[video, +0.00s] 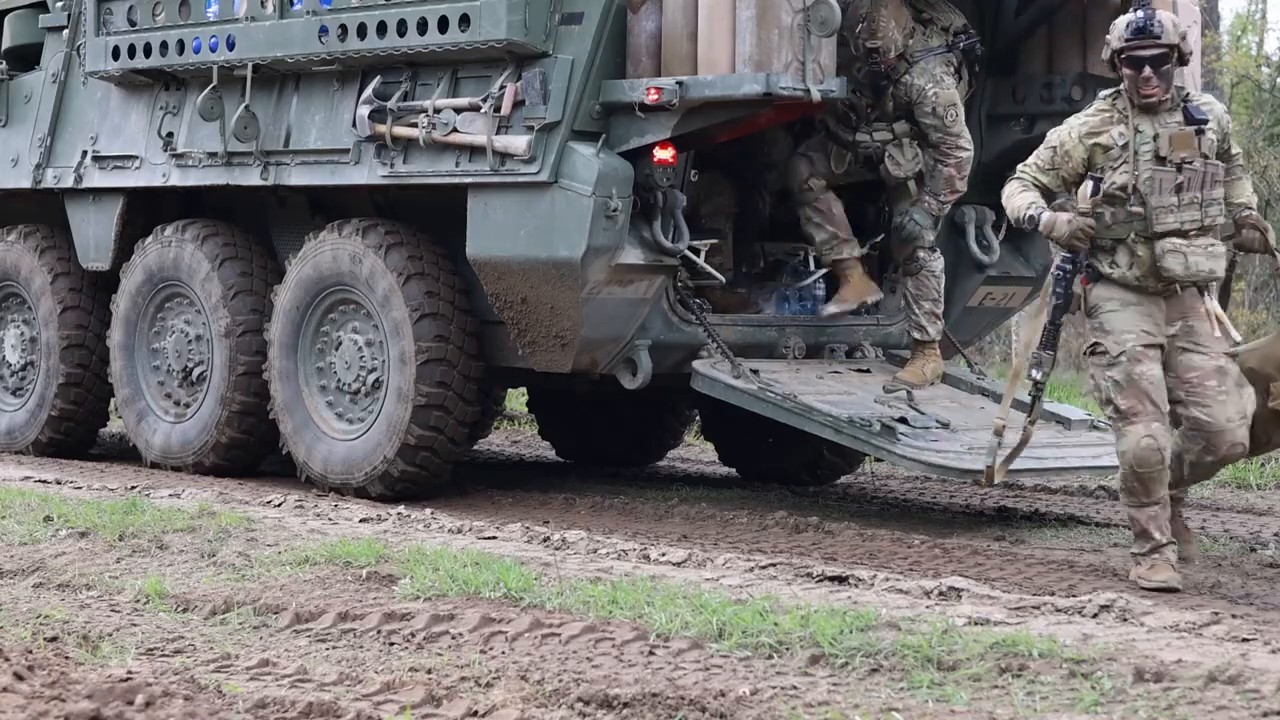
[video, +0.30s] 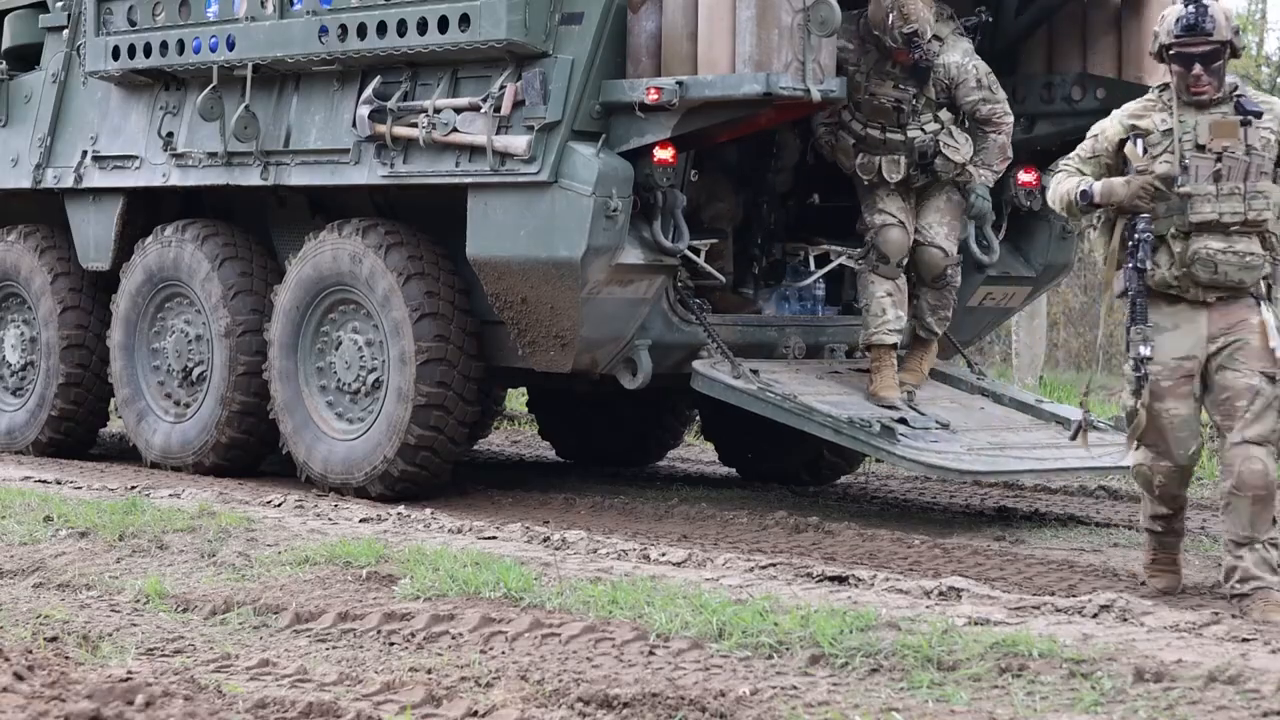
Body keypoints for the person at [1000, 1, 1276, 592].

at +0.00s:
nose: (1149, 73)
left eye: (1160, 61)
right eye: (1136, 63)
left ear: (1176, 61)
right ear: (1118, 67)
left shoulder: (1207, 116)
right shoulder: (1091, 127)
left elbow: (1235, 175)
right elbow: (1016, 189)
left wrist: (1247, 218)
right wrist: (1045, 216)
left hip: (1193, 297)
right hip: (1120, 298)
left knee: (1225, 433)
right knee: (1146, 436)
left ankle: (1167, 491)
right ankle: (1153, 551)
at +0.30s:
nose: (1197, 72)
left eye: (1209, 60)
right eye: (1184, 61)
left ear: (1229, 57)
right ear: (1166, 61)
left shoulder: (1263, 119)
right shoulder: (1134, 121)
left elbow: (1271, 202)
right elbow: (1058, 187)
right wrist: (1103, 191)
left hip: (1243, 304)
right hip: (1165, 306)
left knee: (1256, 446)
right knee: (1169, 444)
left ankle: (1251, 575)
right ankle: (1163, 540)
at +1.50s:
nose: (1200, 7)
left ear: (1242, 4)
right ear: (1171, 3)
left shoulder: (1269, 59)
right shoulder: (1132, 62)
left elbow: (1276, 193)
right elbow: (1082, 185)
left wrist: (1265, 277)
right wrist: (1122, 116)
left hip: (1253, 284)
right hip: (1151, 286)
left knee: (1258, 459)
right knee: (1126, 443)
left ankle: (1266, 627)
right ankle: (1138, 642)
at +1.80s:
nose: (1111, 12)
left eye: (1129, 1)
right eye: (1100, 2)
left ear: (1163, 9)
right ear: (1085, 11)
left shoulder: (1212, 100)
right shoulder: (1039, 88)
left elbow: (1245, 223)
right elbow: (1002, 212)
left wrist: (1169, 293)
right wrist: (1049, 160)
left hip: (1163, 329)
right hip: (1059, 327)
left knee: (1163, 500)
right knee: (1066, 506)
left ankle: (1199, 678)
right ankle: (1125, 681)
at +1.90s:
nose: (1092, 9)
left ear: (1141, 5)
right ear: (1063, 6)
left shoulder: (1189, 100)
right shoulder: (1008, 76)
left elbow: (1214, 229)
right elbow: (966, 202)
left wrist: (1129, 287)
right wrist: (1027, 163)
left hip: (1131, 332)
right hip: (1031, 327)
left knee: (1114, 501)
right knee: (1041, 503)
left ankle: (1112, 679)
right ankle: (1107, 673)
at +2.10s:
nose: (1030, 28)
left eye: (1049, 14)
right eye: (1017, 14)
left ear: (1085, 16)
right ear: (1001, 18)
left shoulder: (1126, 119)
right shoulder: (954, 87)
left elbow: (1146, 255)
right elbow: (880, 202)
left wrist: (1041, 292)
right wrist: (929, 174)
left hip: (1057, 371)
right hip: (944, 363)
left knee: (1041, 546)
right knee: (964, 542)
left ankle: (1065, 703)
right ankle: (1019, 700)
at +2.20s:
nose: (979, 40)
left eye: (996, 22)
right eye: (964, 26)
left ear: (1037, 20)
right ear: (950, 29)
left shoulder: (1087, 133)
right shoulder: (912, 101)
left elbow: (1095, 266)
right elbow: (844, 200)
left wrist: (984, 285)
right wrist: (871, 215)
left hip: (1013, 388)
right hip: (901, 379)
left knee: (1003, 573)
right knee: (932, 568)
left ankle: (1011, 706)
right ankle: (1002, 701)